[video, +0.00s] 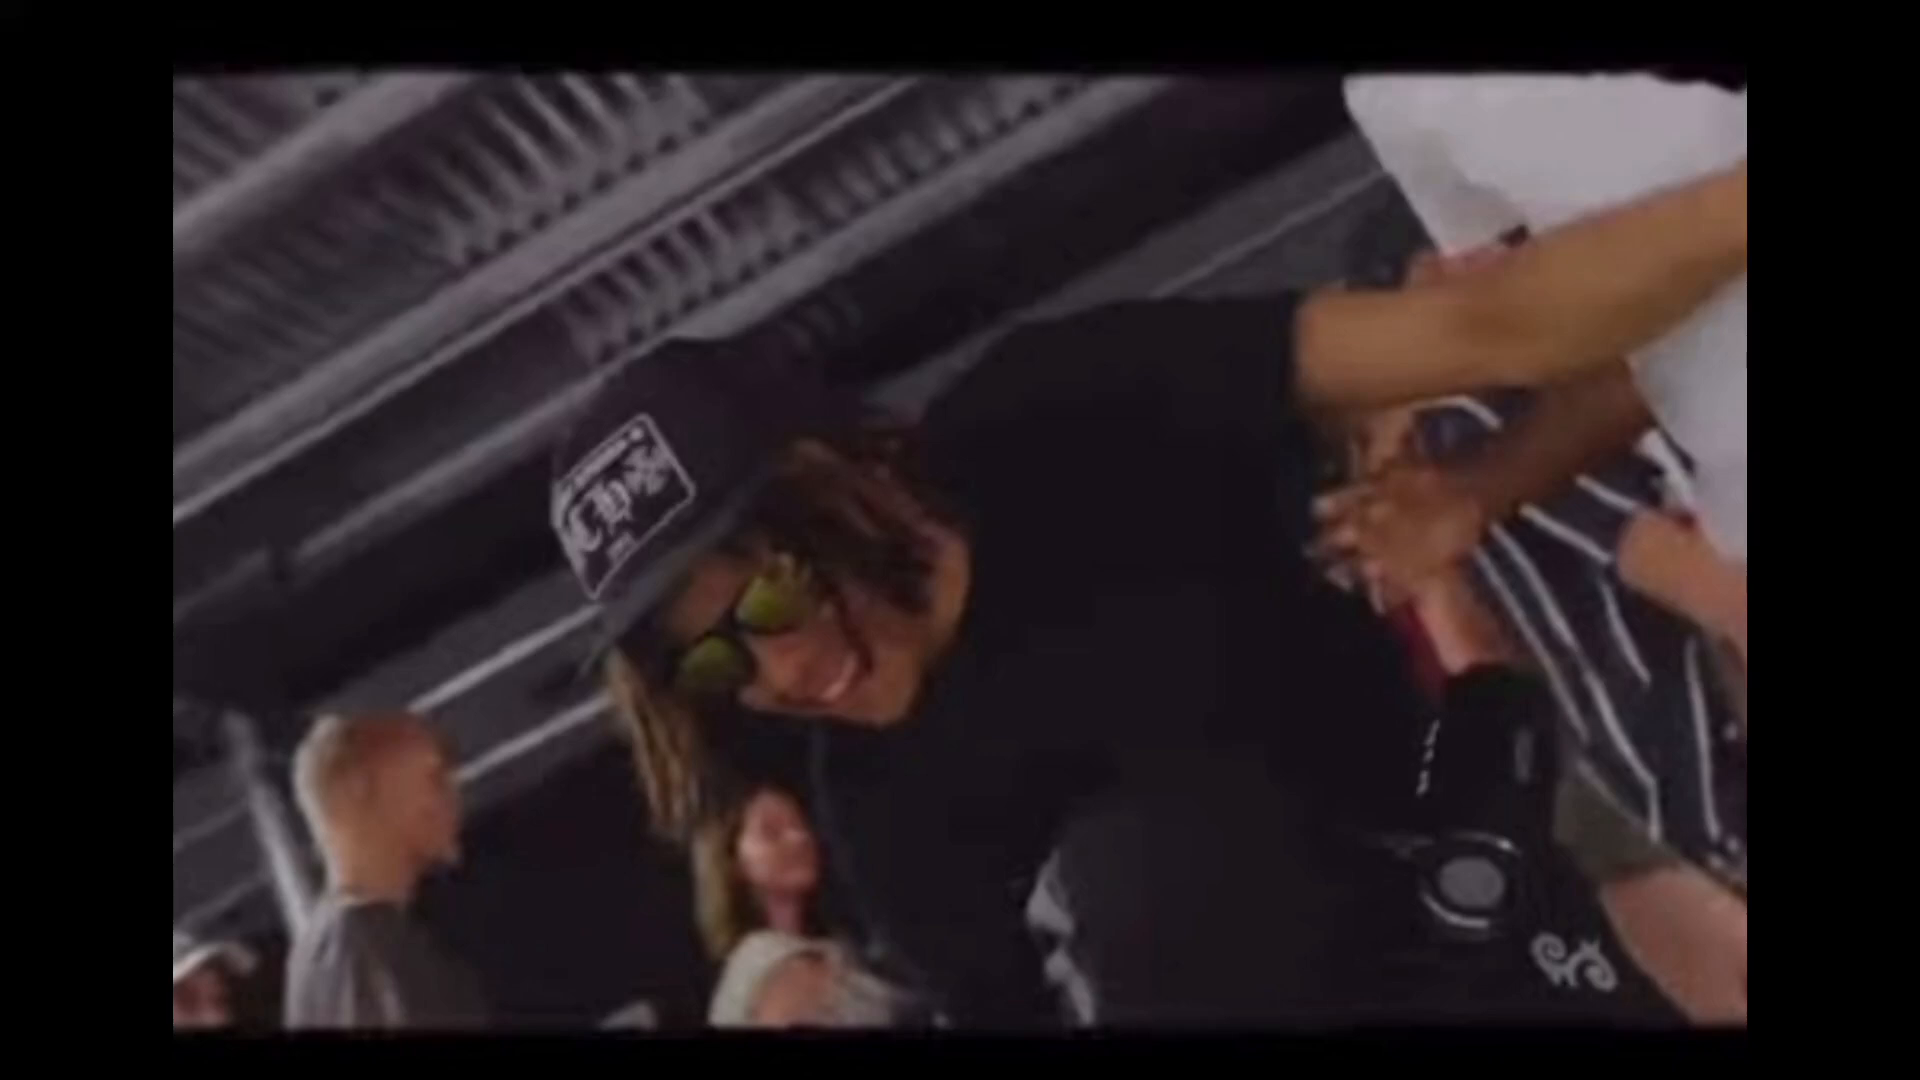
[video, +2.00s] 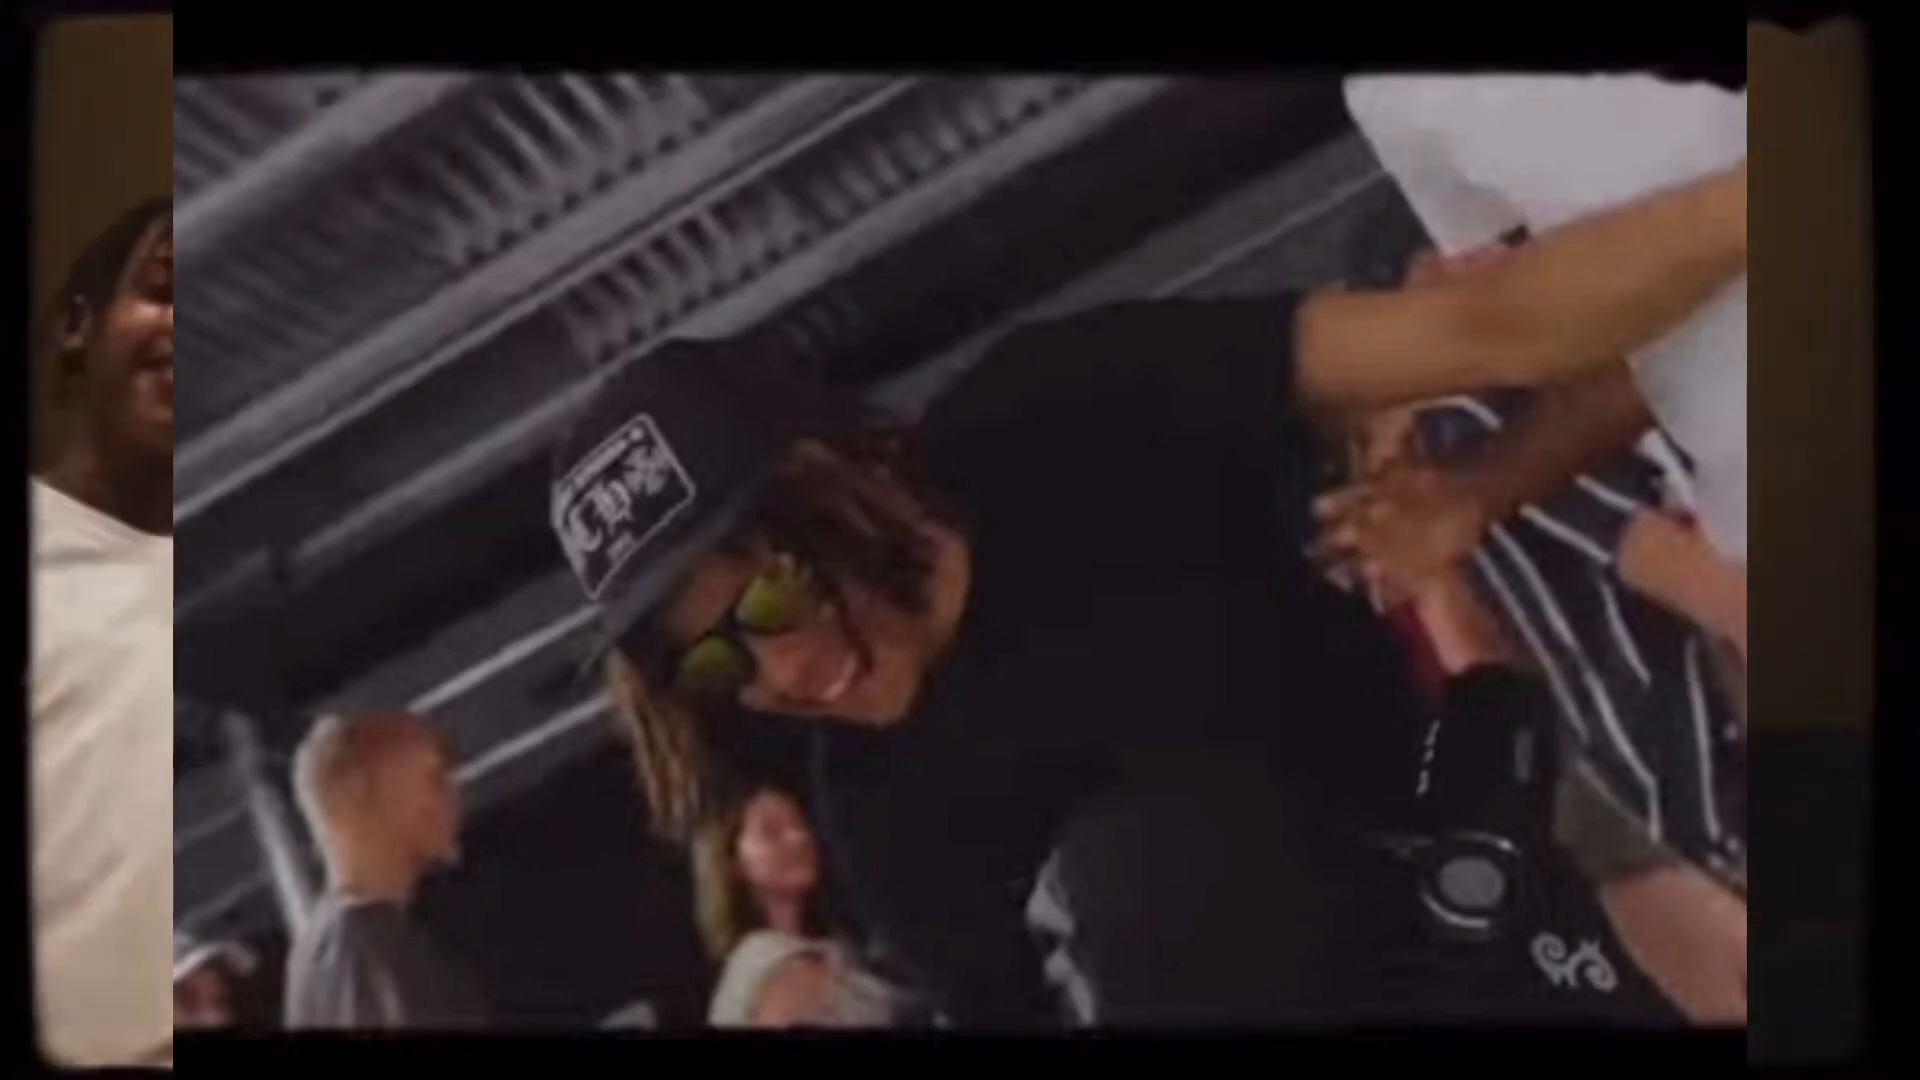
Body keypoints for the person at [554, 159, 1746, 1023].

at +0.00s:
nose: (768, 656)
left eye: (761, 582)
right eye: (708, 654)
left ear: (835, 476)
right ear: (687, 685)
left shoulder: (1052, 404)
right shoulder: (886, 847)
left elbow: (1472, 328)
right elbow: (1031, 1024)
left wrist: (1740, 208)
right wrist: (837, 995)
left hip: (1477, 844)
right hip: (1240, 973)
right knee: (1136, 862)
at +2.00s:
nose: (768, 661)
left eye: (761, 587)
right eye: (709, 657)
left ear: (835, 480)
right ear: (686, 685)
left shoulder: (1051, 403)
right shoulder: (887, 843)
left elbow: (1469, 330)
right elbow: (1030, 1023)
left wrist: (1760, 200)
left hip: (1476, 839)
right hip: (1242, 973)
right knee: (1136, 867)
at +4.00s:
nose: (768, 656)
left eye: (760, 581)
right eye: (708, 654)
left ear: (834, 475)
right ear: (687, 686)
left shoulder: (1053, 403)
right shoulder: (888, 847)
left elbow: (1467, 331)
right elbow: (1038, 1025)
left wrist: (1784, 188)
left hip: (1482, 835)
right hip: (1263, 973)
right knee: (1136, 864)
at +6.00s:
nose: (767, 658)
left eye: (759, 583)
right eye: (707, 655)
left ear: (833, 477)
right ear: (686, 686)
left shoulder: (1050, 404)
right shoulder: (888, 846)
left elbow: (1469, 328)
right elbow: (1038, 1026)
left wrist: (1787, 188)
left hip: (1483, 841)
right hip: (1258, 972)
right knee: (1135, 865)